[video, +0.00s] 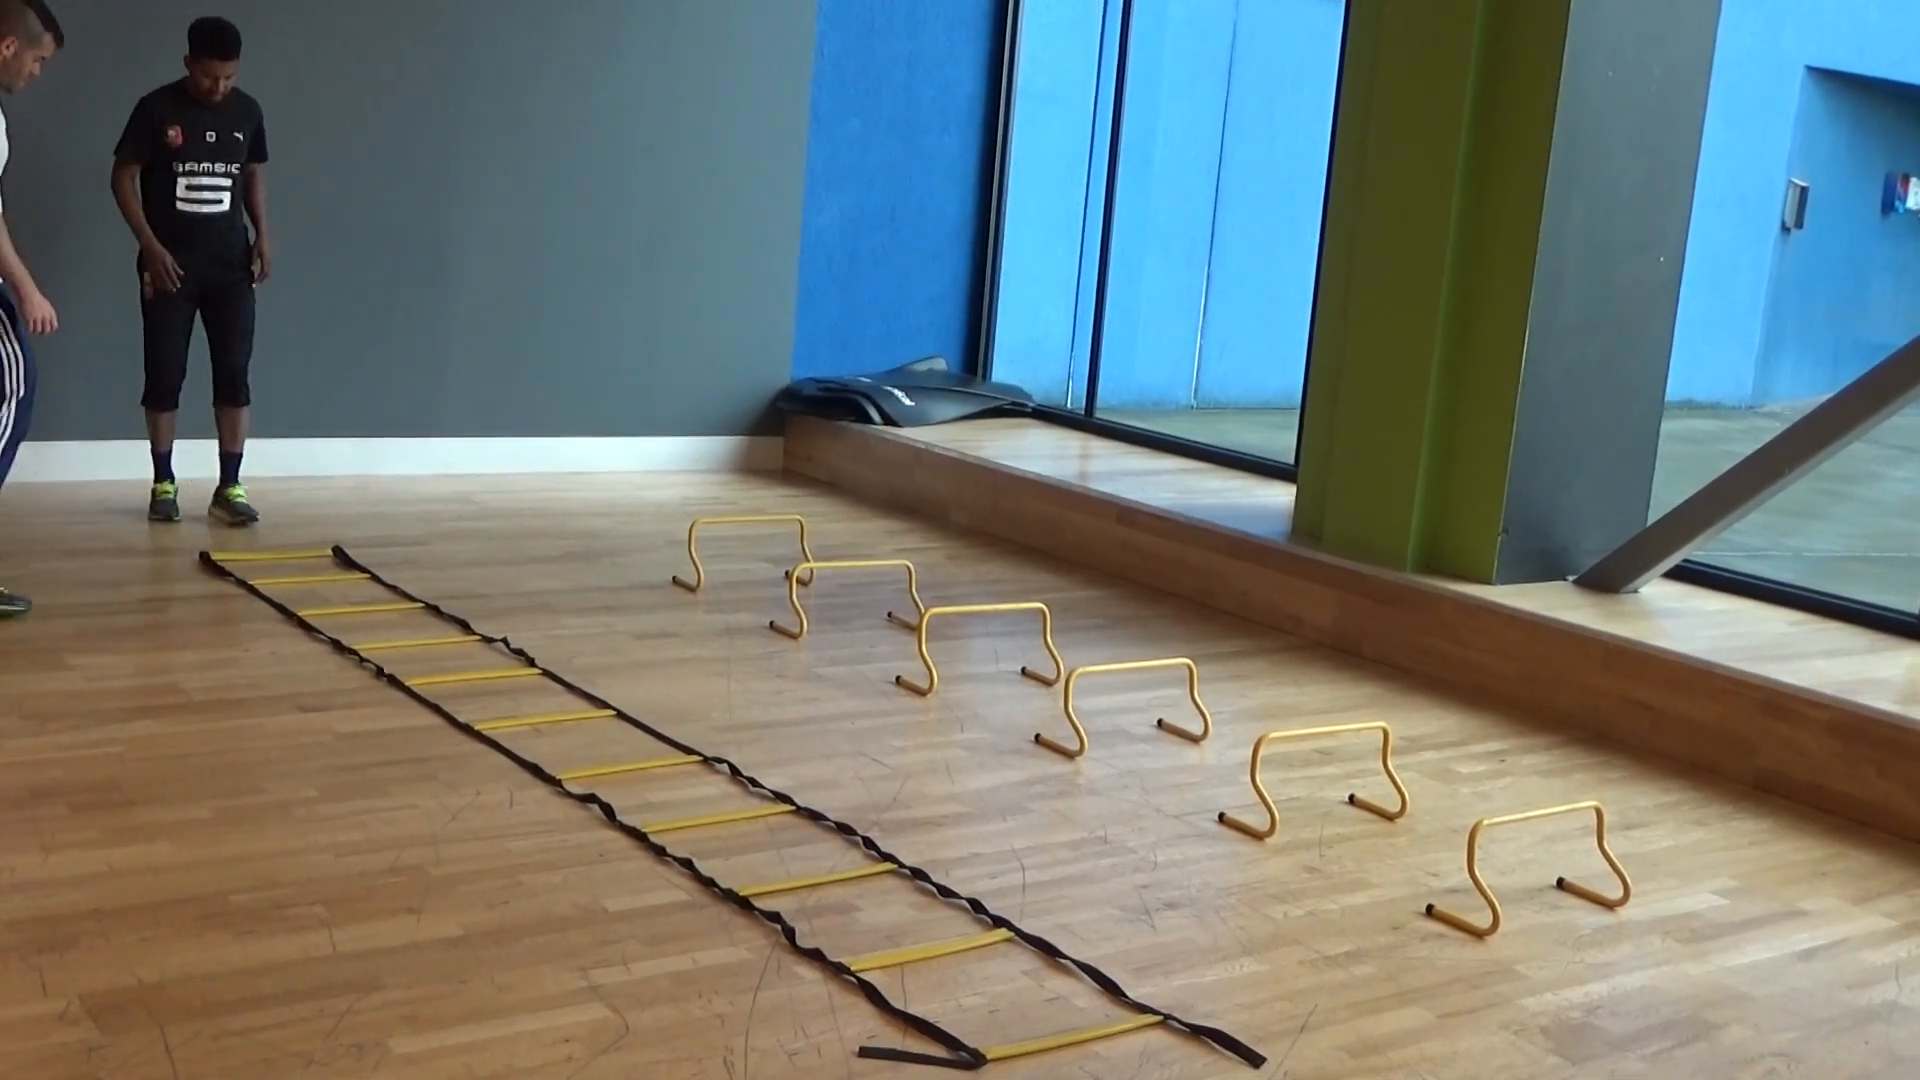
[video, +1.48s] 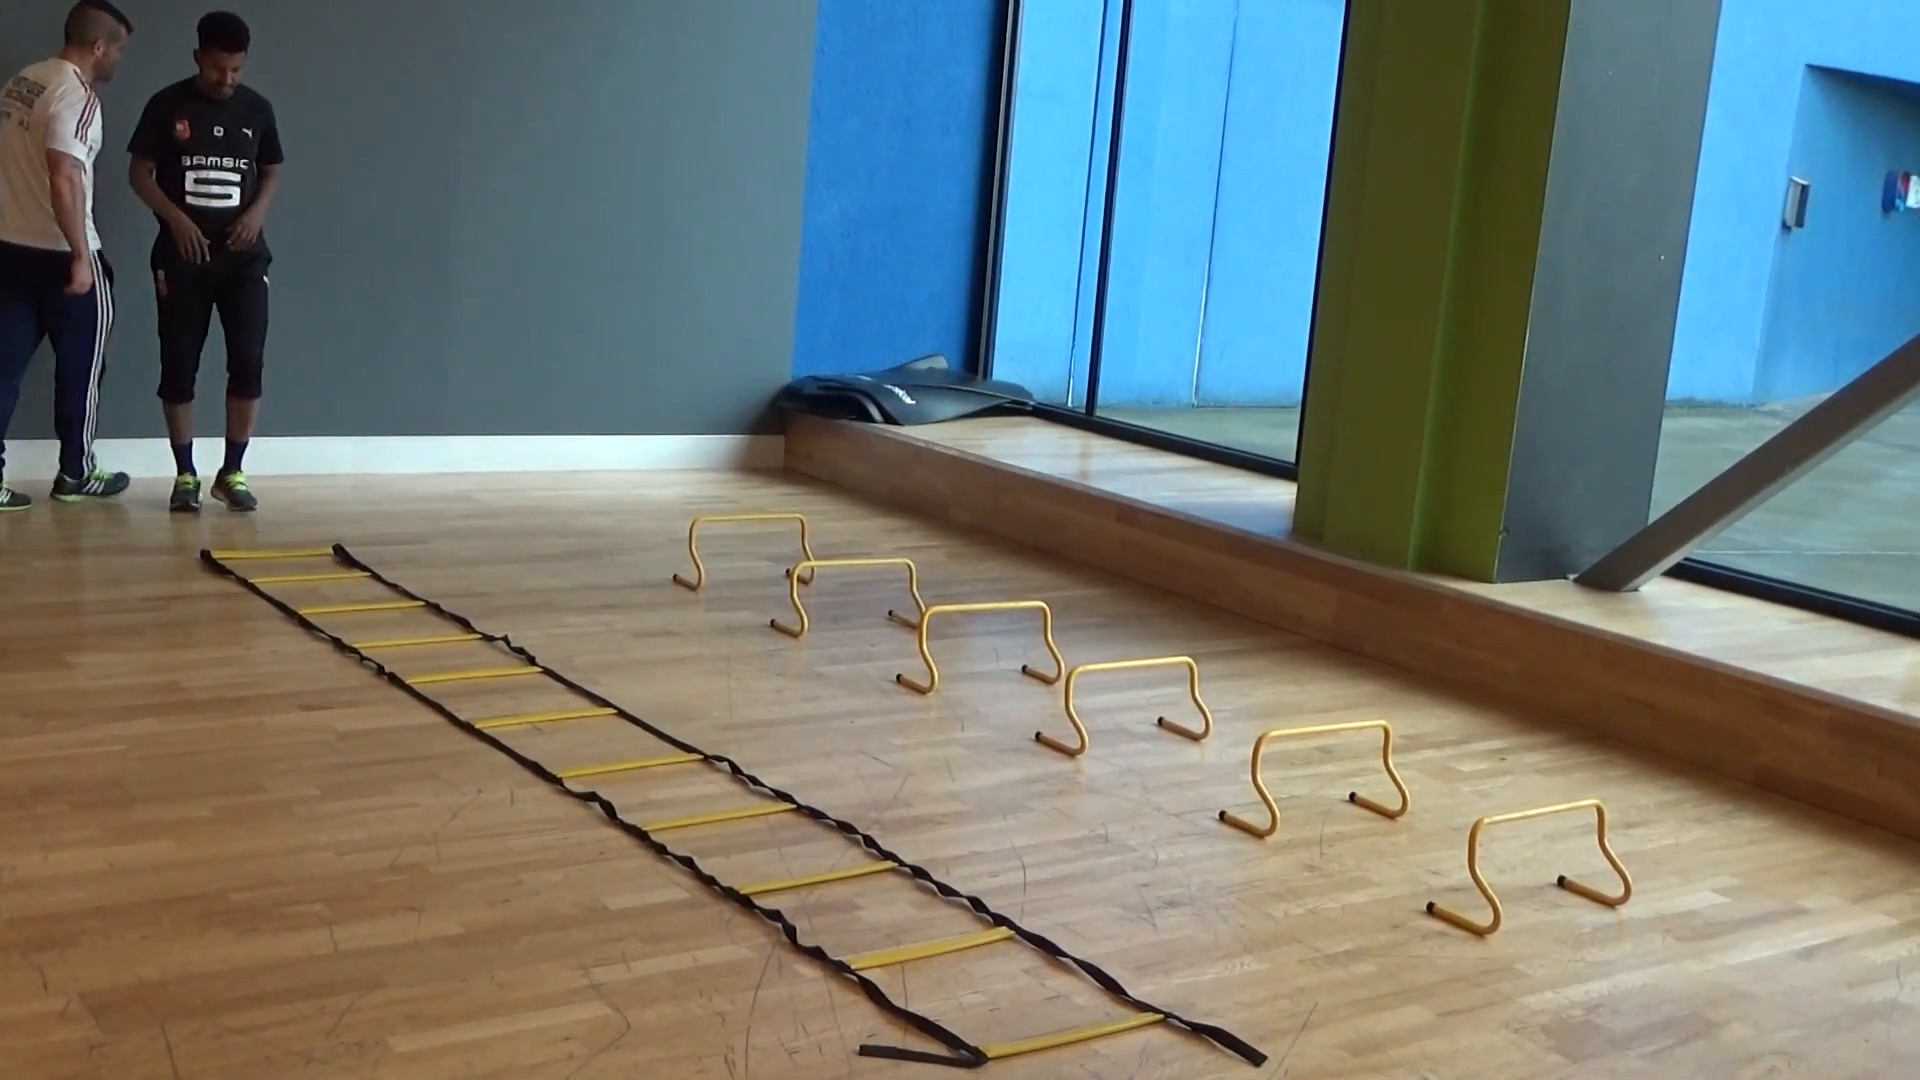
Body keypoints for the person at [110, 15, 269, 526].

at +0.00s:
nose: (220, 86)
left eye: (229, 76)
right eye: (210, 76)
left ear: (239, 66)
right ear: (189, 62)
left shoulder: (247, 112)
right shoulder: (155, 108)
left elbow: (253, 177)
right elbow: (123, 179)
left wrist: (262, 236)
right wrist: (149, 245)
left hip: (230, 266)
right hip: (169, 265)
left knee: (234, 374)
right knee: (164, 375)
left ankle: (231, 488)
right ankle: (163, 484)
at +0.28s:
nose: (241, 90)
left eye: (250, 80)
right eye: (231, 79)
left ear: (262, 70)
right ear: (212, 64)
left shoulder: (273, 117)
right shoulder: (179, 110)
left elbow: (284, 184)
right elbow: (146, 178)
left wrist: (277, 241)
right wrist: (185, 234)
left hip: (251, 267)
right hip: (189, 264)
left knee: (249, 382)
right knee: (176, 377)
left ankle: (231, 490)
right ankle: (165, 478)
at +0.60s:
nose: (257, 89)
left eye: (267, 80)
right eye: (248, 78)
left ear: (278, 71)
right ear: (229, 63)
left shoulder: (286, 116)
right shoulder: (196, 107)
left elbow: (306, 183)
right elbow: (164, 179)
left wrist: (281, 215)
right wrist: (222, 205)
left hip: (264, 264)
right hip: (201, 261)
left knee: (259, 379)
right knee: (186, 372)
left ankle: (232, 489)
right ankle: (170, 475)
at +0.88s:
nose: (257, 84)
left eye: (267, 75)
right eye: (248, 72)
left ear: (276, 68)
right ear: (227, 59)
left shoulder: (283, 117)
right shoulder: (191, 107)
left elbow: (297, 182)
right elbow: (157, 179)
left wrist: (283, 206)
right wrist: (180, 206)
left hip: (261, 262)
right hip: (200, 259)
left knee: (253, 378)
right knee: (189, 372)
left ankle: (233, 490)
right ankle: (186, 467)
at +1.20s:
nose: (234, 79)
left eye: (244, 70)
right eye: (225, 68)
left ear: (254, 65)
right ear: (205, 58)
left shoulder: (264, 114)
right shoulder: (173, 105)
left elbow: (280, 181)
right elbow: (146, 179)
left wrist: (264, 209)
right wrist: (196, 211)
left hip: (244, 259)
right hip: (183, 259)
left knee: (239, 372)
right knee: (181, 370)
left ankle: (232, 488)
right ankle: (187, 477)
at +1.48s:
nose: (227, 78)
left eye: (236, 69)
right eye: (218, 68)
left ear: (246, 62)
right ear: (198, 57)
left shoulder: (257, 109)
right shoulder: (166, 106)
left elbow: (271, 172)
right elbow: (139, 174)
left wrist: (256, 213)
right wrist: (176, 219)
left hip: (243, 258)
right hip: (182, 257)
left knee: (248, 365)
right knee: (179, 369)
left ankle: (232, 474)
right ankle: (186, 476)